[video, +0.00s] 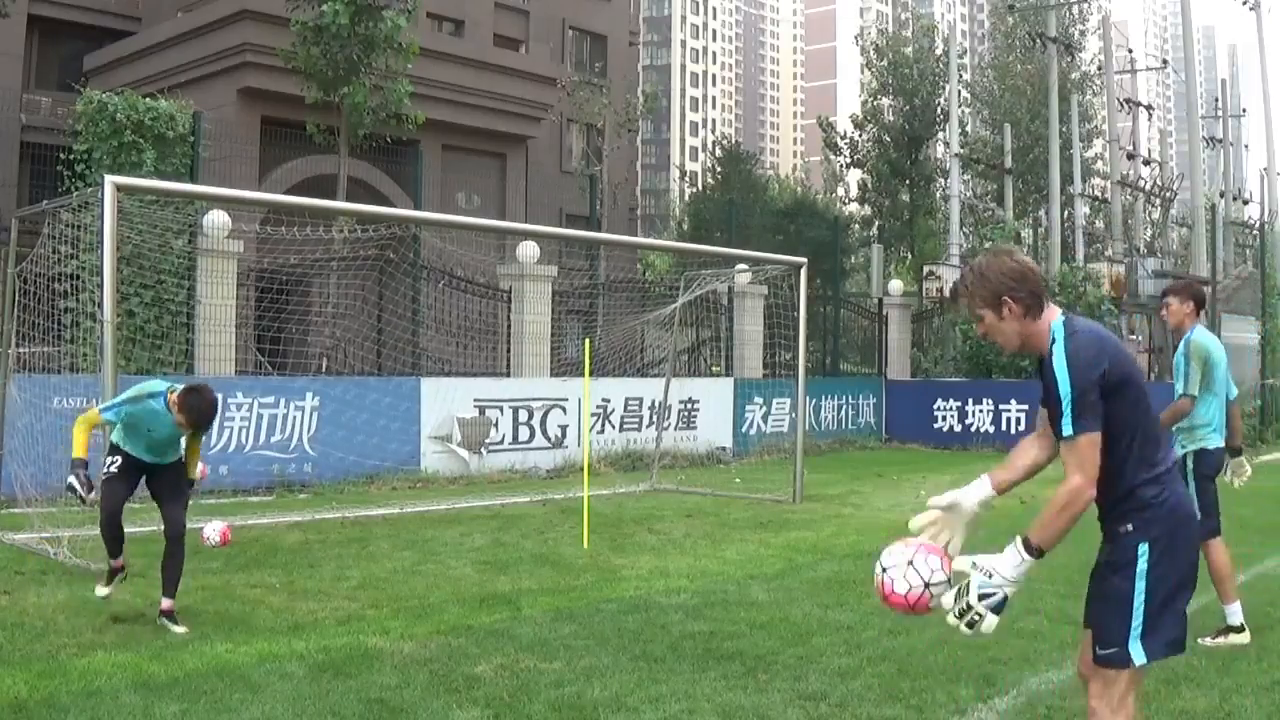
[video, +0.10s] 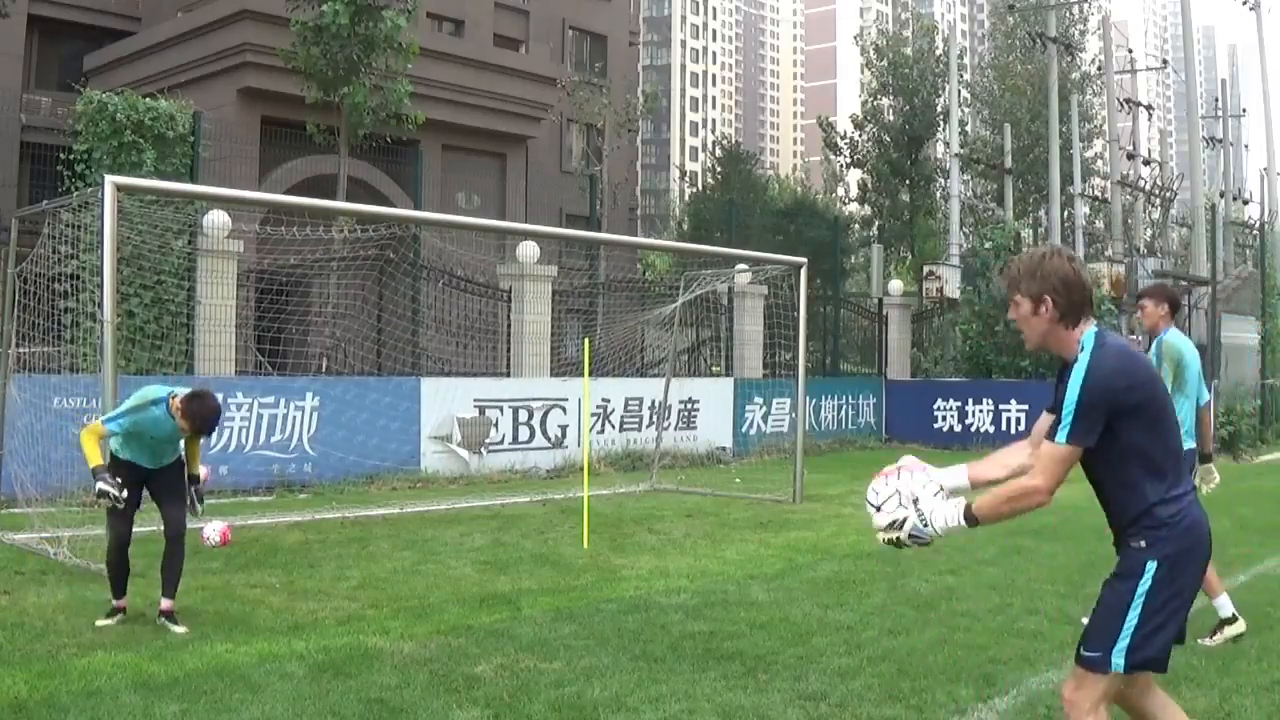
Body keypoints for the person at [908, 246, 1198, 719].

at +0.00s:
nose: (980, 332)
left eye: (980, 319)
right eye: (976, 321)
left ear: (1011, 307)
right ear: (1013, 306)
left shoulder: (1075, 354)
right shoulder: (1057, 348)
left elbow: (1082, 485)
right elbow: (1044, 440)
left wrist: (1012, 563)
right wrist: (974, 495)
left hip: (1150, 527)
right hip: (1131, 523)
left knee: (1109, 697)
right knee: (1093, 668)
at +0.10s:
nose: (1010, 315)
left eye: (1014, 302)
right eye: (1010, 303)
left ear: (1046, 307)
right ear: (1049, 307)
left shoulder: (1097, 369)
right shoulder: (1080, 363)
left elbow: (1039, 487)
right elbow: (1031, 450)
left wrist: (945, 517)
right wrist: (942, 478)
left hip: (1162, 540)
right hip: (1156, 534)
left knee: (1082, 696)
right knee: (1132, 687)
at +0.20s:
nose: (1039, 307)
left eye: (1048, 295)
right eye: (1040, 295)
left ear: (1082, 300)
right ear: (1079, 302)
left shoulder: (1120, 362)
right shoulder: (1106, 359)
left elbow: (1058, 476)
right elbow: (1052, 445)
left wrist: (960, 490)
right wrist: (964, 457)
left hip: (1164, 546)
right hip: (1175, 540)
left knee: (1077, 695)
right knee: (1161, 692)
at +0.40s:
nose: (1166, 275)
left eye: (1176, 263)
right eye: (1154, 267)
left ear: (1200, 274)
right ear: (1141, 284)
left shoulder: (1219, 345)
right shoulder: (1147, 355)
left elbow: (1208, 451)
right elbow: (1139, 451)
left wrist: (1108, 459)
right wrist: (1074, 470)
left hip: (1209, 535)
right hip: (1173, 534)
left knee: (1133, 692)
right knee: (1225, 691)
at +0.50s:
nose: (1210, 270)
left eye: (1220, 259)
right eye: (1197, 262)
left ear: (1238, 271)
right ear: (1180, 278)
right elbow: (1171, 448)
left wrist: (1211, 460)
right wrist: (1126, 497)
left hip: (1256, 524)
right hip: (1203, 529)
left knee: (1191, 697)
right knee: (1247, 684)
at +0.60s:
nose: (1229, 265)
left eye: (1239, 254)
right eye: (1216, 257)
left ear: (1257, 266)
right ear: (1199, 276)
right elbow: (1186, 449)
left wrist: (1263, 464)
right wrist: (1158, 514)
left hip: (1270, 530)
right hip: (1217, 534)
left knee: (1218, 697)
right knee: (1263, 686)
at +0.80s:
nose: (1275, 258)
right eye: (1262, 248)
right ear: (1240, 267)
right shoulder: (1227, 348)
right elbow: (1223, 445)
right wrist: (1212, 519)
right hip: (1260, 536)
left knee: (1273, 685)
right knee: (1270, 682)